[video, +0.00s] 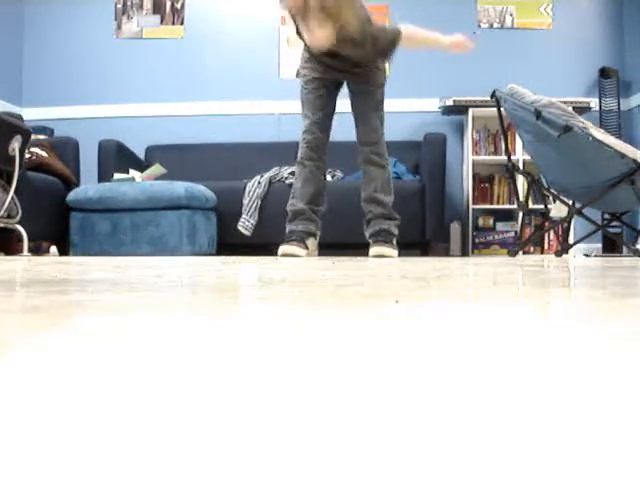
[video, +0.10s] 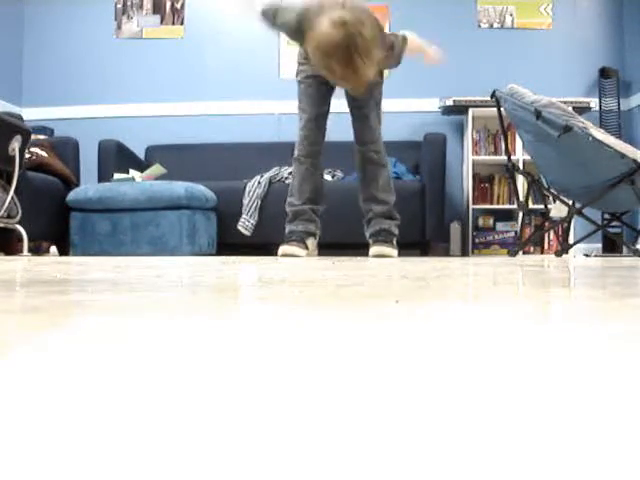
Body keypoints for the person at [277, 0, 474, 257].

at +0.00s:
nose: (316, 30)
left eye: (323, 22)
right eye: (308, 21)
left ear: (337, 18)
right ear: (300, 12)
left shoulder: (363, 34)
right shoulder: (294, 7)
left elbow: (404, 35)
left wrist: (446, 42)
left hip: (365, 62)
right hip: (318, 58)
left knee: (372, 146)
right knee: (311, 143)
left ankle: (382, 236)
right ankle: (301, 234)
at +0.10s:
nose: (345, 81)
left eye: (353, 74)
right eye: (336, 72)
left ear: (366, 52)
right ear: (320, 52)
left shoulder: (381, 48)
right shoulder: (301, 23)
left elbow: (410, 42)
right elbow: (266, 10)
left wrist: (428, 52)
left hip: (367, 61)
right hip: (315, 55)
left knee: (370, 146)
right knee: (308, 144)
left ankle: (382, 235)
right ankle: (300, 234)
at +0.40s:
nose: (340, 54)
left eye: (347, 48)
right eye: (332, 49)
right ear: (323, 38)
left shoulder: (381, 12)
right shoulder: (314, 25)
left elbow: (382, 58)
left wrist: (387, 104)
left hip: (365, 54)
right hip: (316, 51)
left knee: (369, 139)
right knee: (311, 131)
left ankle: (382, 234)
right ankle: (305, 232)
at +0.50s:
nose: (344, 49)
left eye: (348, 46)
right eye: (333, 47)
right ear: (323, 42)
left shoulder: (381, 9)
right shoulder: (318, 37)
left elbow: (384, 51)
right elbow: (386, 74)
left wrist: (389, 103)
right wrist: (446, 70)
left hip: (362, 53)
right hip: (316, 51)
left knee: (370, 138)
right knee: (310, 131)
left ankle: (382, 233)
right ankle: (305, 232)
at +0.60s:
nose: (332, 55)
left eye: (334, 49)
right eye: (324, 54)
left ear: (345, 29)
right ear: (303, 46)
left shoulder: (372, 10)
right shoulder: (303, 39)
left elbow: (390, 47)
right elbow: (358, 73)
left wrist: (401, 94)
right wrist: (433, 77)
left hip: (369, 56)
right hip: (320, 62)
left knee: (372, 138)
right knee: (311, 134)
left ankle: (383, 232)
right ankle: (305, 230)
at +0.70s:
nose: (308, 73)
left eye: (313, 67)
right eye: (303, 70)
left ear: (328, 44)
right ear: (289, 49)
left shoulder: (361, 21)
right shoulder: (293, 40)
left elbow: (398, 41)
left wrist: (408, 88)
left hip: (367, 56)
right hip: (319, 67)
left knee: (374, 136)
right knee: (312, 141)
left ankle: (382, 231)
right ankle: (305, 230)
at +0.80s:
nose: (296, 75)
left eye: (302, 69)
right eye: (289, 71)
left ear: (321, 47)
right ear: (278, 53)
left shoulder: (364, 30)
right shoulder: (276, 51)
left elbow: (400, 23)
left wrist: (414, 54)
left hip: (373, 52)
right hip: (324, 61)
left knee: (377, 137)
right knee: (315, 138)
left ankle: (383, 231)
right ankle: (303, 231)